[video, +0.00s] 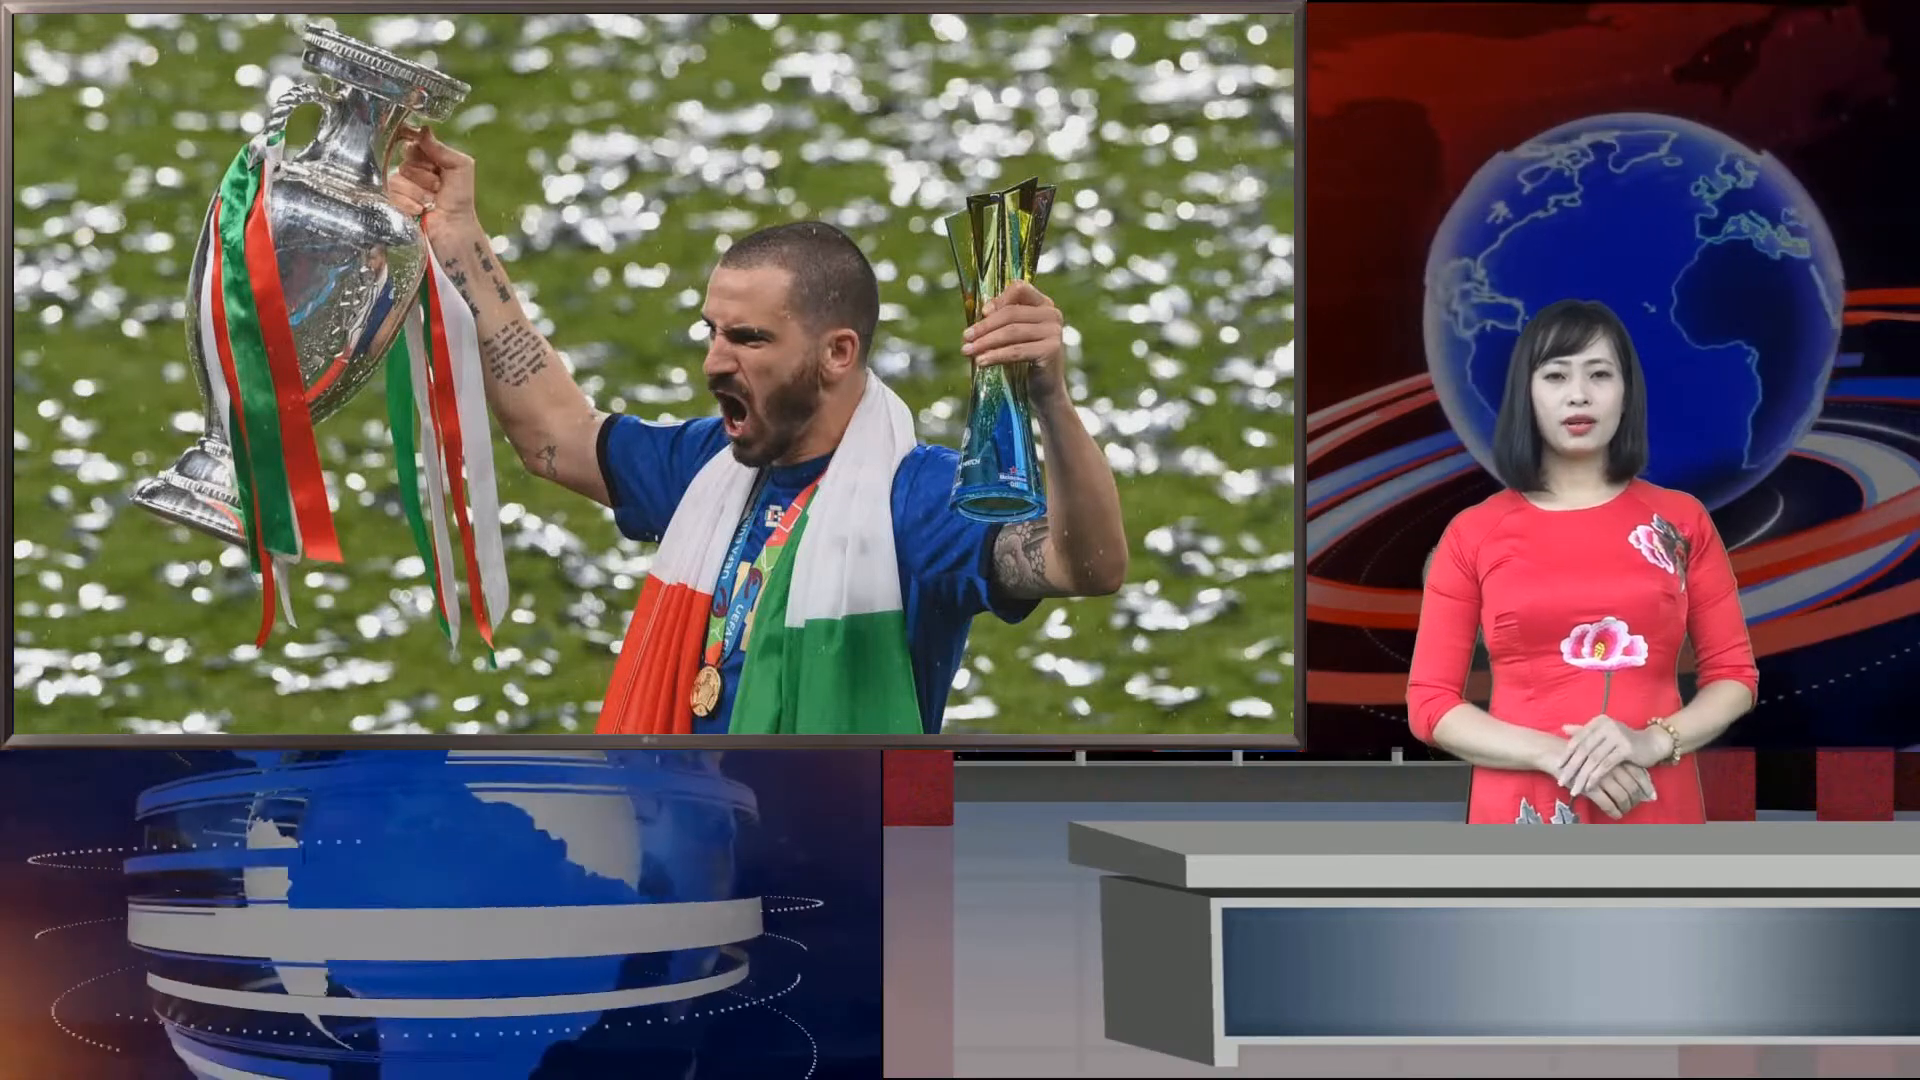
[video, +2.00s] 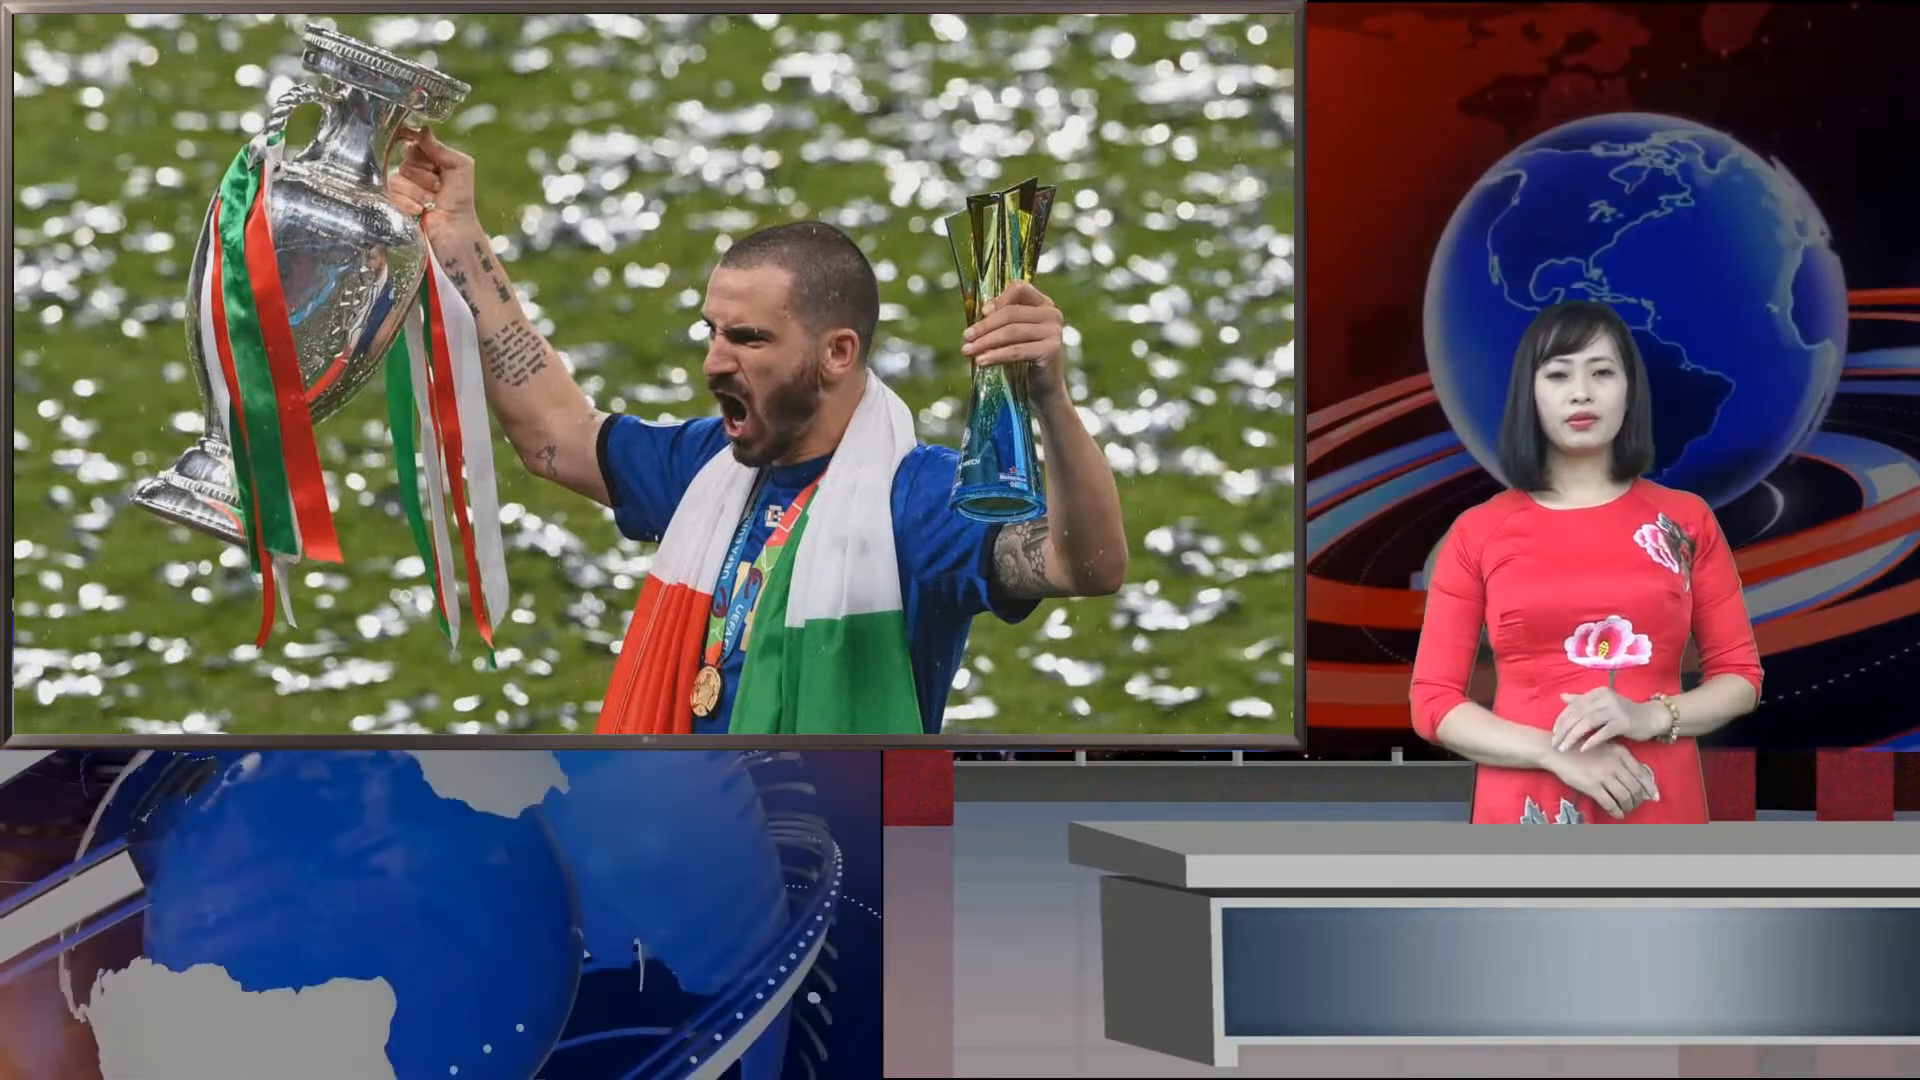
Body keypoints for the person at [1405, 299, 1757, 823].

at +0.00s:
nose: (1578, 394)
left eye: (1599, 375)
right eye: (1556, 375)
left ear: (1626, 393)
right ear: (1527, 393)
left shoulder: (1680, 521)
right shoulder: (1474, 535)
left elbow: (1734, 679)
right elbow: (1430, 704)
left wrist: (1653, 740)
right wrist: (1557, 752)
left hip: (1659, 823)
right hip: (1519, 825)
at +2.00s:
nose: (1581, 392)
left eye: (1602, 372)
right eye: (1559, 374)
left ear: (1629, 391)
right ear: (1531, 393)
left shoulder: (1685, 521)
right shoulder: (1479, 534)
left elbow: (1740, 679)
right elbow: (1433, 701)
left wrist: (1650, 717)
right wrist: (1555, 752)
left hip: (1662, 822)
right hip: (1523, 822)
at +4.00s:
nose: (1580, 394)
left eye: (1601, 375)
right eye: (1558, 376)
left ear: (1629, 391)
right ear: (1530, 394)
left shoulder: (1685, 522)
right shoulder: (1479, 533)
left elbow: (1737, 680)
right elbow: (1432, 701)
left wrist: (1650, 728)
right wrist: (1566, 752)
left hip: (1661, 823)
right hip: (1521, 824)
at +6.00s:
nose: (1580, 393)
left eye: (1602, 373)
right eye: (1558, 375)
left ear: (1630, 391)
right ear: (1530, 391)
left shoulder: (1686, 521)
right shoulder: (1478, 533)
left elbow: (1739, 680)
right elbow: (1432, 702)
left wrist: (1652, 729)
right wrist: (1565, 753)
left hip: (1662, 825)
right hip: (1520, 826)